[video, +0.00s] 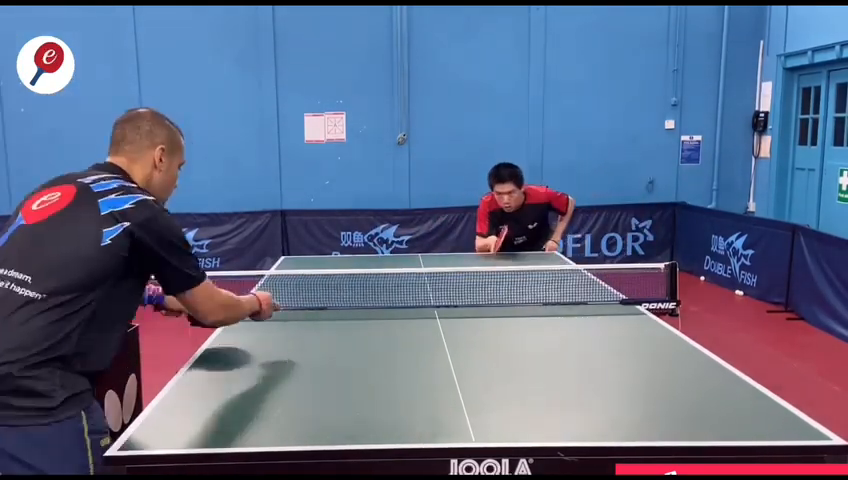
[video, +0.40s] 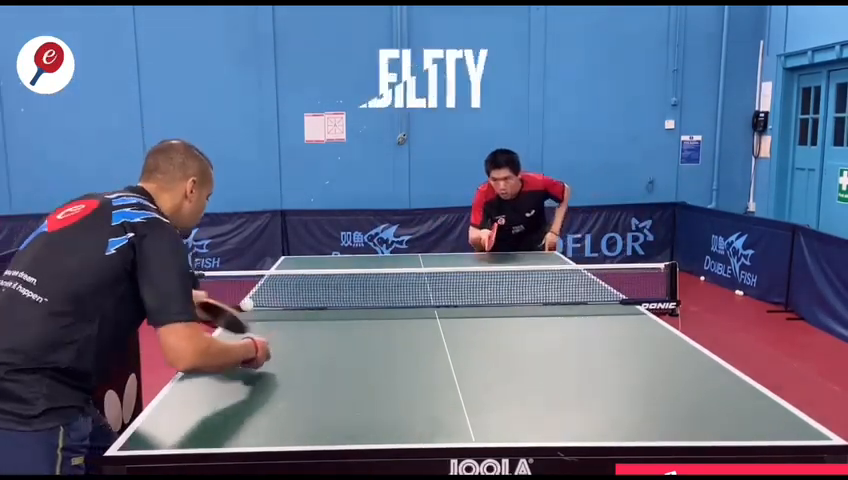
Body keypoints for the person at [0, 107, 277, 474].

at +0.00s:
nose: (176, 183)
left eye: (180, 170)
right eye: (178, 169)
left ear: (116, 150)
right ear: (158, 158)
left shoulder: (52, 190)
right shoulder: (144, 214)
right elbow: (213, 311)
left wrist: (161, 299)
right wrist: (253, 304)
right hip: (43, 403)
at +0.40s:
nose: (201, 215)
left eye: (205, 203)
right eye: (205, 201)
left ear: (147, 179)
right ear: (190, 190)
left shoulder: (87, 206)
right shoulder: (155, 230)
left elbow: (101, 287)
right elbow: (186, 353)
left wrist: (180, 299)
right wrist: (247, 350)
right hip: (37, 414)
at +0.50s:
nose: (198, 207)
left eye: (201, 194)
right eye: (201, 192)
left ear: (142, 174)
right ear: (185, 184)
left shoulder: (96, 204)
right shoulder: (141, 225)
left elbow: (166, 266)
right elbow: (167, 345)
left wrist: (238, 281)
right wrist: (234, 343)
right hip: (30, 396)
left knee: (125, 463)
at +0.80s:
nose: (152, 146)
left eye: (153, 134)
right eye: (151, 133)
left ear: (82, 128)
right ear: (129, 131)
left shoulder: (41, 177)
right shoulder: (90, 197)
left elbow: (76, 273)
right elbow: (100, 332)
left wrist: (165, 276)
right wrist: (160, 338)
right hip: (28, 415)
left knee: (120, 469)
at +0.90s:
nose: (126, 134)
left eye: (126, 121)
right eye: (124, 120)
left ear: (51, 120)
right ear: (100, 119)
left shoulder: (12, 173)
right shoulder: (64, 196)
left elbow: (21, 310)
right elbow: (73, 339)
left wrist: (101, 315)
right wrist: (130, 341)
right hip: (26, 434)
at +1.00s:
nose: (104, 121)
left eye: (104, 108)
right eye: (102, 107)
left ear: (25, 105)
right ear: (76, 106)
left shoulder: (6, 168)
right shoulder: (46, 191)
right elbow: (50, 342)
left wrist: (75, 330)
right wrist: (102, 346)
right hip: (14, 437)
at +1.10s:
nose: (88, 113)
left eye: (88, 100)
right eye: (85, 99)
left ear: (9, 97)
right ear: (57, 100)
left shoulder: (9, 173)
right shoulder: (33, 188)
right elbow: (33, 341)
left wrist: (67, 332)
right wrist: (81, 344)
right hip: (12, 443)